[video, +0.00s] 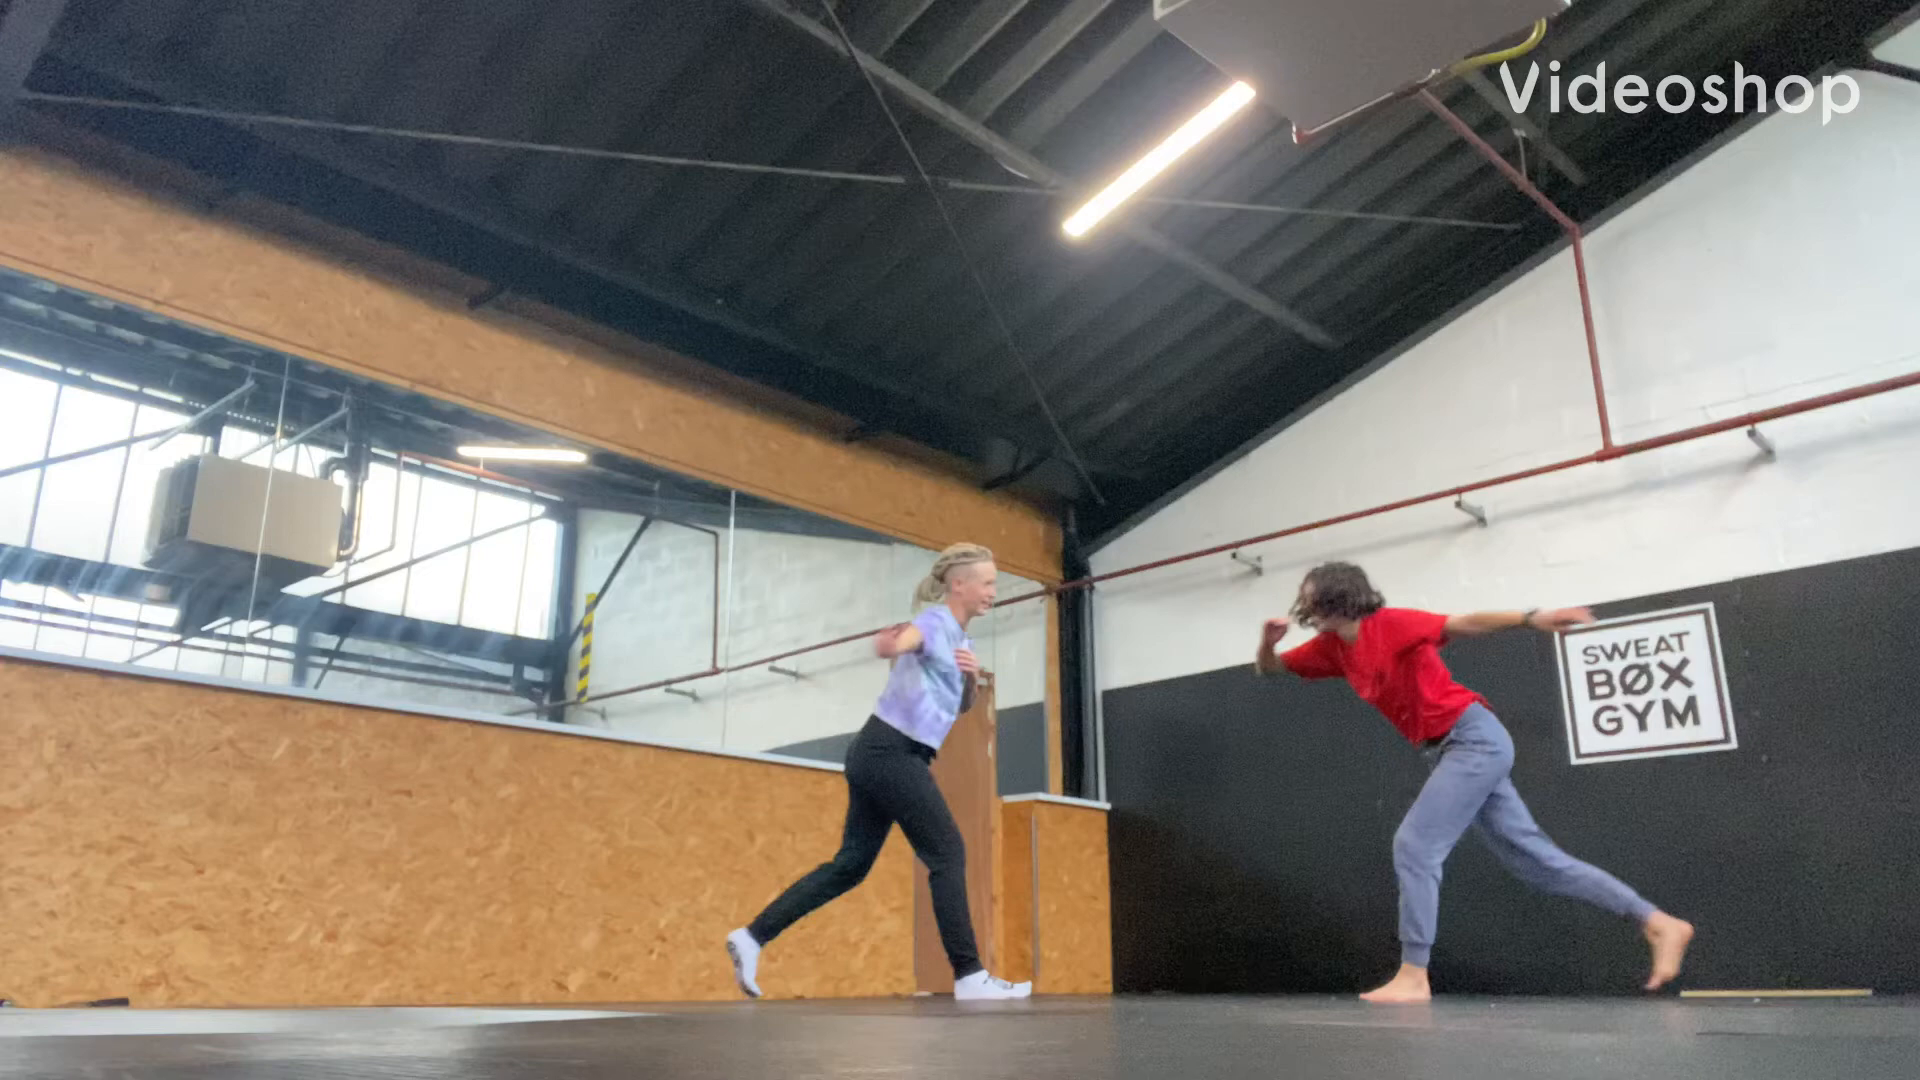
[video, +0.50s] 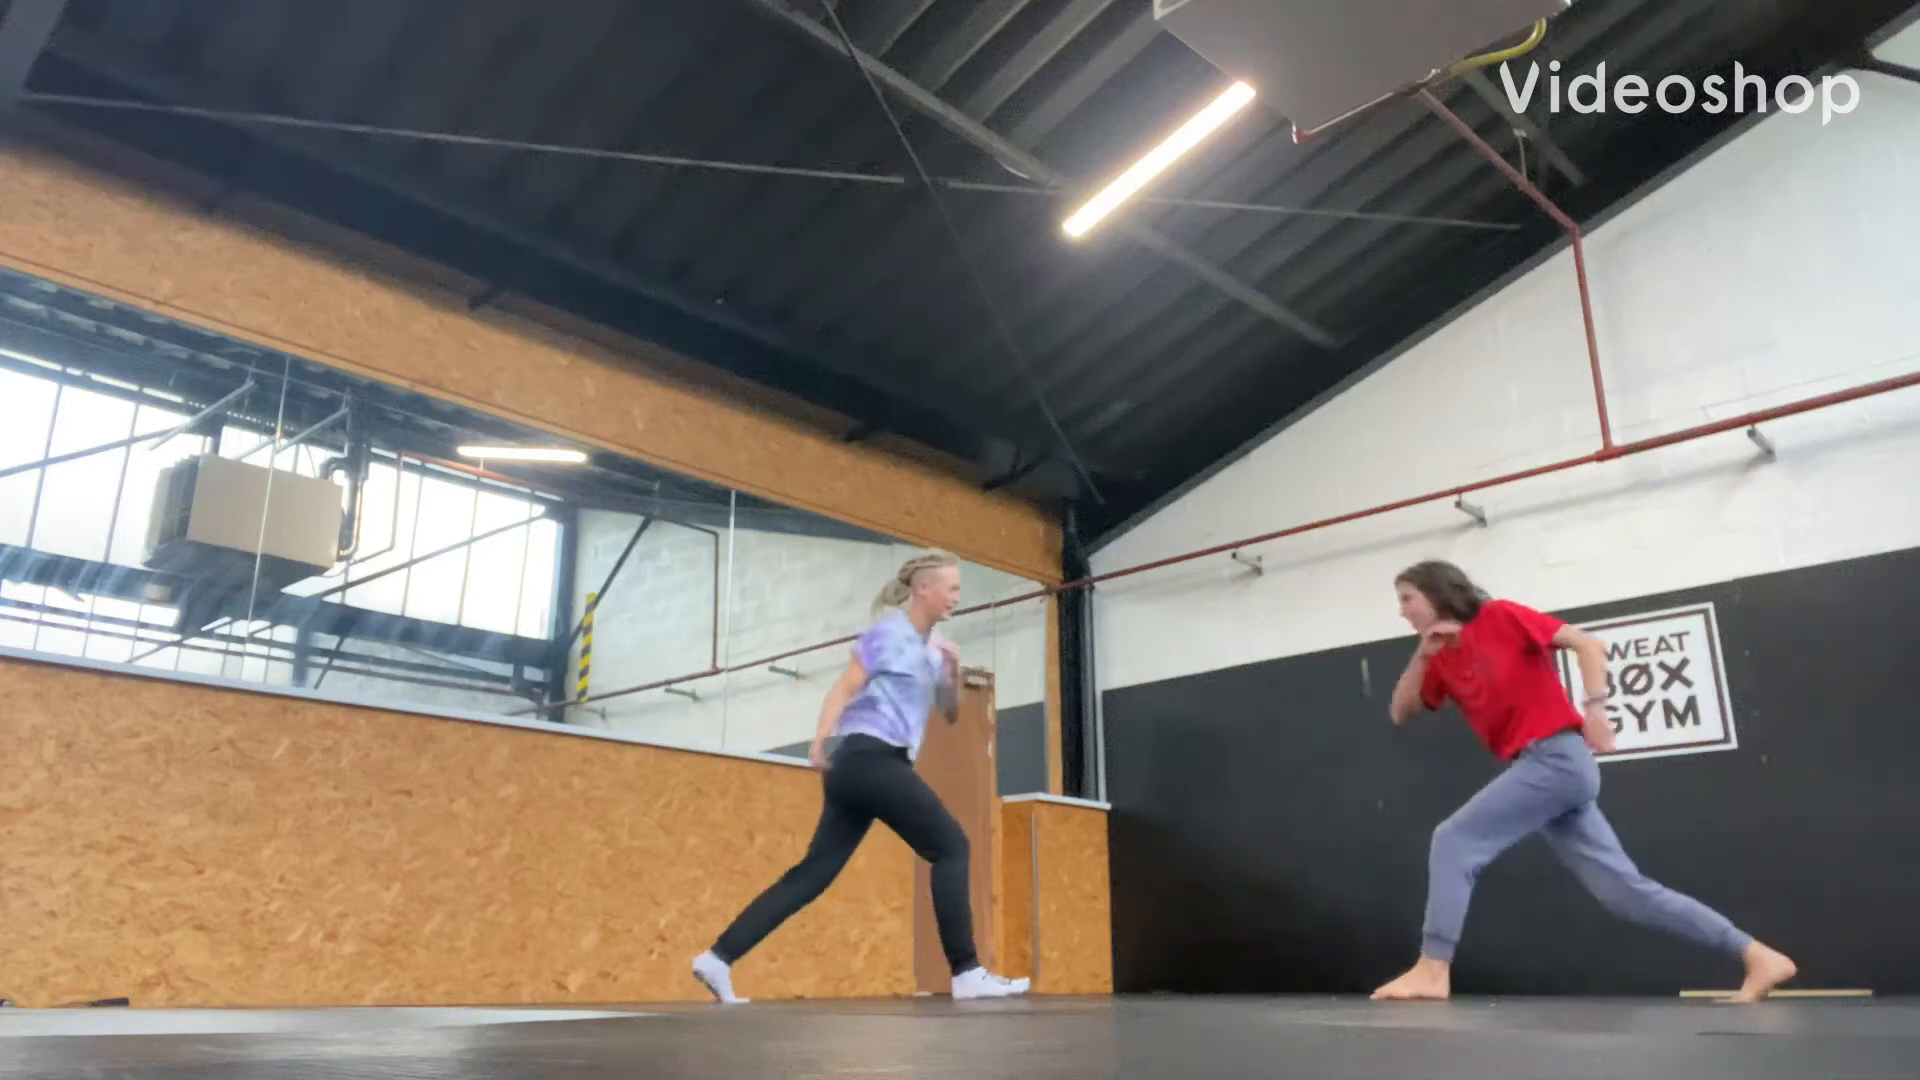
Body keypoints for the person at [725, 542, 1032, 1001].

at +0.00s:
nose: (994, 594)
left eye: (995, 585)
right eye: (988, 584)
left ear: (969, 587)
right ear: (957, 585)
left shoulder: (958, 637)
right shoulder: (935, 621)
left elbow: (963, 706)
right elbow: (899, 643)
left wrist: (973, 681)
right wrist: (892, 644)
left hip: (889, 754)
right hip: (889, 753)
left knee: (850, 865)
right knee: (947, 852)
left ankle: (751, 938)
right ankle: (970, 977)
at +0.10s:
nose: (974, 590)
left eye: (975, 581)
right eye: (967, 581)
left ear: (947, 584)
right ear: (938, 581)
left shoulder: (940, 634)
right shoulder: (918, 619)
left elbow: (949, 703)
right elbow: (879, 641)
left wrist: (958, 672)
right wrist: (843, 656)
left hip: (873, 753)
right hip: (881, 752)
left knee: (834, 867)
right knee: (936, 851)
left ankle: (739, 946)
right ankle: (968, 977)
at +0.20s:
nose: (949, 596)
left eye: (950, 588)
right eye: (943, 587)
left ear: (920, 590)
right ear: (915, 588)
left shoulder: (910, 641)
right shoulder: (888, 626)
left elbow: (920, 713)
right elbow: (834, 664)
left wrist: (930, 675)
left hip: (846, 763)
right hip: (863, 762)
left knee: (809, 876)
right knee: (933, 852)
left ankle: (715, 959)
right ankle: (968, 977)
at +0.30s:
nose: (935, 607)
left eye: (936, 598)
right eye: (929, 596)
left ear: (911, 599)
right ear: (900, 596)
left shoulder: (896, 651)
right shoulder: (869, 636)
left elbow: (886, 722)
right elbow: (818, 689)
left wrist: (908, 705)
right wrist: (768, 742)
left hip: (836, 772)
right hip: (849, 769)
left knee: (803, 886)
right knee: (936, 848)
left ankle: (709, 967)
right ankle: (969, 975)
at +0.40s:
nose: (939, 605)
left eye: (941, 596)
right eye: (932, 595)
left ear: (914, 598)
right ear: (902, 594)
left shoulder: (902, 652)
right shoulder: (870, 636)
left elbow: (892, 727)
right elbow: (824, 693)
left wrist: (914, 703)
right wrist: (786, 751)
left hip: (843, 773)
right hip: (854, 769)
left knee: (806, 885)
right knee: (941, 846)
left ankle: (710, 965)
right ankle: (969, 974)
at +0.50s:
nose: (957, 599)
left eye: (958, 591)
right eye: (951, 589)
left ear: (930, 591)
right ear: (924, 588)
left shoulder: (931, 652)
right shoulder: (890, 633)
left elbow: (949, 713)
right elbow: (846, 686)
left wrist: (951, 678)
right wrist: (821, 740)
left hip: (868, 764)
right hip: (866, 758)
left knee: (815, 872)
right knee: (950, 846)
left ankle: (718, 958)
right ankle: (967, 975)